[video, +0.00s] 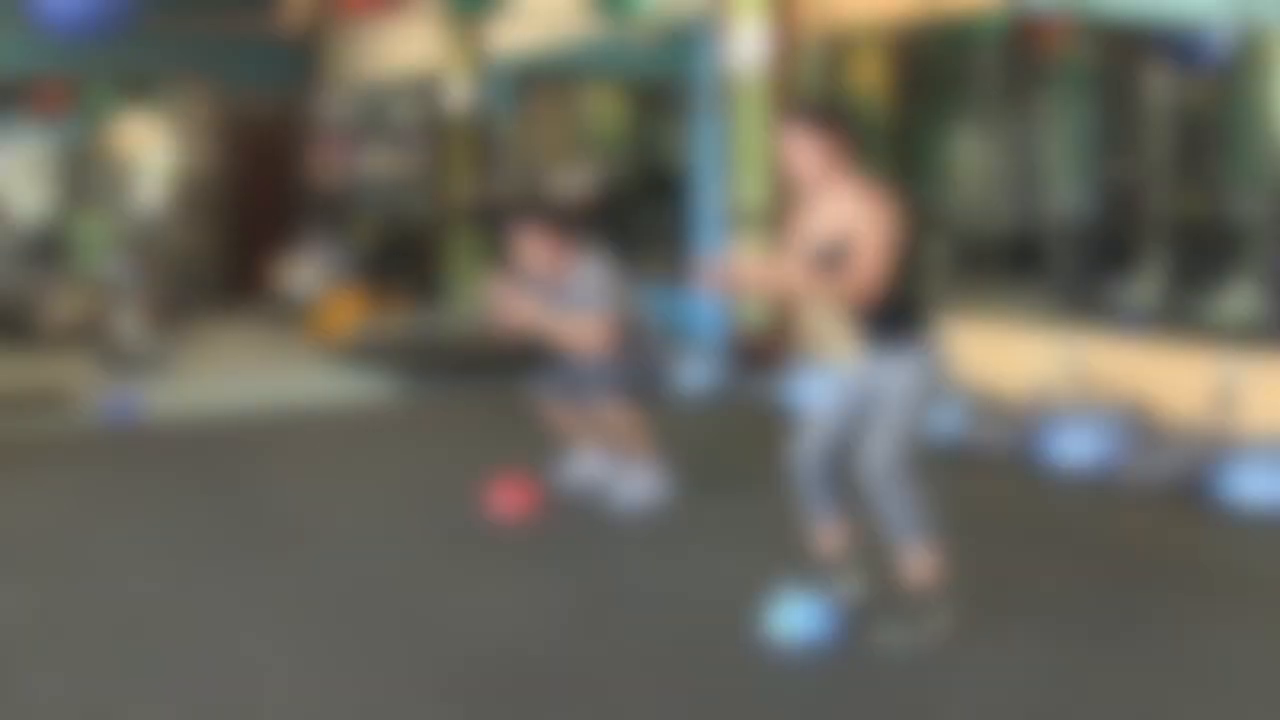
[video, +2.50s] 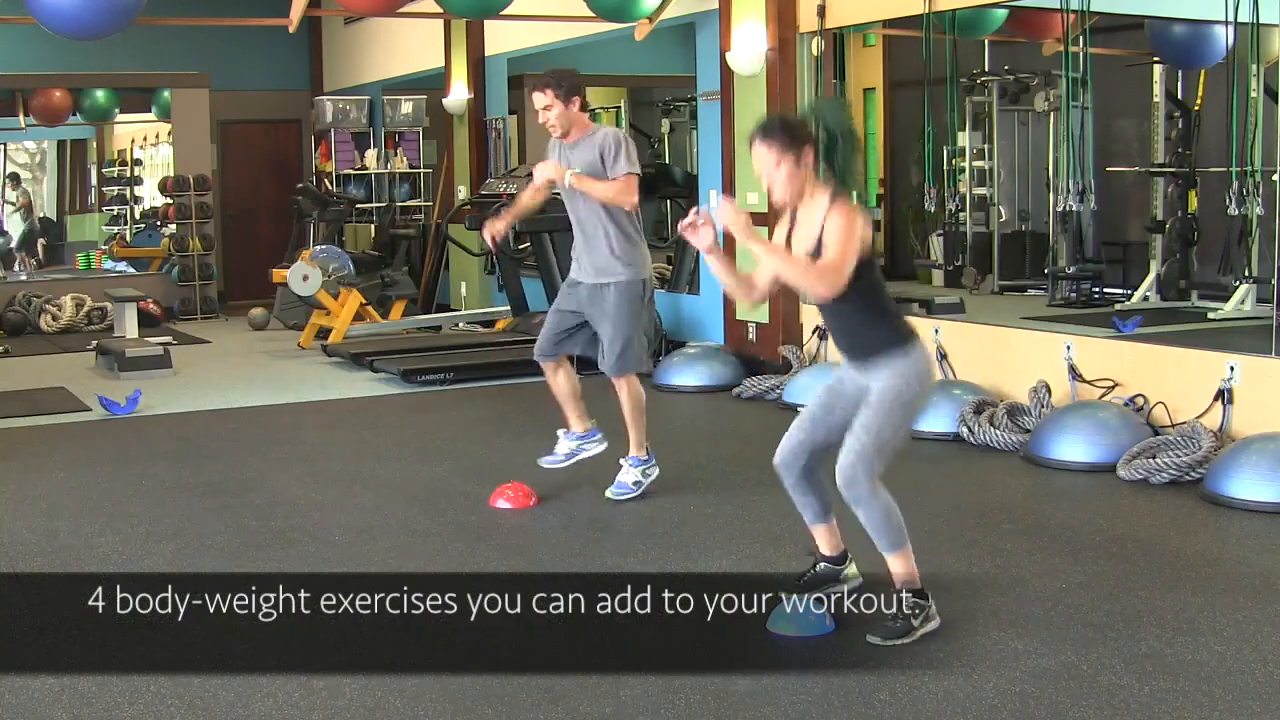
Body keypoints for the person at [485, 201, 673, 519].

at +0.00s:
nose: (532, 263)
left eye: (538, 251)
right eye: (523, 255)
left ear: (557, 247)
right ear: (515, 259)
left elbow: (598, 339)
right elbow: (503, 322)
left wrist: (529, 314)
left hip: (619, 360)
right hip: (570, 360)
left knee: (605, 394)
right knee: (545, 391)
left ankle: (642, 467)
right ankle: (586, 458)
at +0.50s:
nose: (515, 164)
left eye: (521, 154)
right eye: (514, 154)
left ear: (548, 151)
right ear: (538, 154)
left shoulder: (584, 186)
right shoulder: (544, 195)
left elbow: (628, 231)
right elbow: (560, 240)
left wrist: (612, 292)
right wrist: (552, 277)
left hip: (621, 307)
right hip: (586, 308)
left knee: (603, 389)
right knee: (558, 381)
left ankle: (646, 470)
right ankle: (596, 452)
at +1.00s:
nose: (522, 127)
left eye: (527, 117)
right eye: (519, 118)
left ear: (554, 114)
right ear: (539, 118)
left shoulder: (585, 149)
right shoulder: (550, 157)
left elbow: (622, 195)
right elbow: (569, 210)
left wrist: (569, 228)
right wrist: (540, 230)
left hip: (601, 280)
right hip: (577, 280)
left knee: (549, 356)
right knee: (574, 372)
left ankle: (555, 449)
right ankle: (603, 456)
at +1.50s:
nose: (517, 260)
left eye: (522, 253)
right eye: (514, 254)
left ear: (547, 245)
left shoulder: (580, 275)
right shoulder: (542, 276)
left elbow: (543, 325)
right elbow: (511, 312)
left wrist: (512, 277)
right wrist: (492, 284)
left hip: (645, 359)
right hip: (604, 357)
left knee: (593, 401)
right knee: (547, 389)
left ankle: (639, 477)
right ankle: (591, 458)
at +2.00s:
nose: (533, 149)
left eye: (538, 138)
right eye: (527, 140)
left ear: (564, 130)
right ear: (526, 139)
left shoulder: (606, 170)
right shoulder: (543, 178)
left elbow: (658, 205)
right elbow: (549, 219)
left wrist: (624, 248)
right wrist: (541, 268)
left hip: (623, 299)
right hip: (581, 298)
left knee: (612, 378)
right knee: (553, 374)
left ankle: (637, 470)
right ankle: (580, 445)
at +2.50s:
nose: (543, 118)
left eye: (548, 108)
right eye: (539, 111)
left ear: (575, 103)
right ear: (542, 112)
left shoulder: (612, 139)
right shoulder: (557, 152)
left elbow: (629, 196)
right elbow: (537, 192)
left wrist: (567, 177)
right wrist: (507, 217)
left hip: (623, 276)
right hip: (582, 275)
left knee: (620, 368)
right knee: (549, 355)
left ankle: (641, 458)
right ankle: (582, 432)